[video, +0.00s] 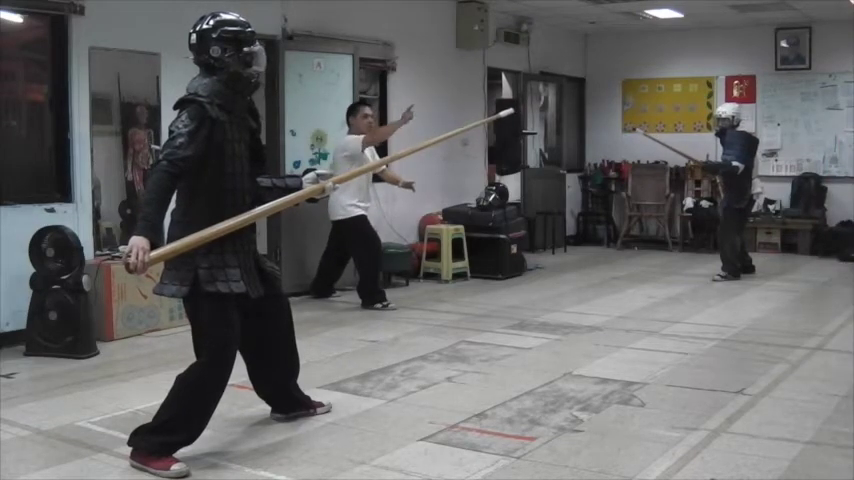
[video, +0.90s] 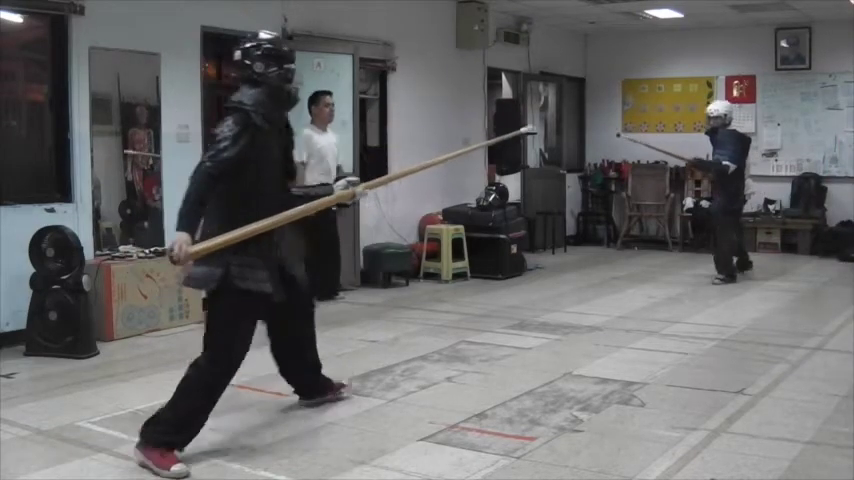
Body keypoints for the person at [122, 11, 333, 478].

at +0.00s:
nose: (253, 55)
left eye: (253, 47)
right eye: (241, 47)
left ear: (246, 53)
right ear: (214, 53)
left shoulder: (239, 108)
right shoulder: (201, 107)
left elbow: (246, 184)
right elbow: (166, 170)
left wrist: (301, 184)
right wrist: (144, 233)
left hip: (237, 245)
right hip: (204, 249)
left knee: (271, 316)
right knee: (217, 356)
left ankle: (285, 398)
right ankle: (152, 446)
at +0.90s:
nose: (291, 75)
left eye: (290, 67)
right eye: (281, 67)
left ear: (273, 72)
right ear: (258, 71)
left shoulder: (275, 119)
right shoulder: (244, 117)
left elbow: (274, 193)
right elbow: (209, 169)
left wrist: (327, 194)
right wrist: (184, 229)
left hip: (268, 245)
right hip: (235, 248)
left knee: (296, 307)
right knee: (223, 352)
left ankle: (311, 384)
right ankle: (158, 439)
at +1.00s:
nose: (311, 79)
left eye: (310, 71)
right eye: (303, 71)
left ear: (288, 75)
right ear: (282, 74)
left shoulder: (292, 120)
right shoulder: (263, 117)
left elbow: (293, 189)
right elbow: (229, 165)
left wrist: (345, 187)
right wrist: (208, 219)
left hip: (288, 241)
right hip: (259, 243)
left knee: (308, 307)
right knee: (251, 332)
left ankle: (311, 382)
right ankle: (187, 410)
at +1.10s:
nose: (326, 68)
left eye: (326, 60)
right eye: (318, 61)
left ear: (316, 64)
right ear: (296, 63)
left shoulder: (309, 109)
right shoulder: (283, 104)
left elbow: (310, 180)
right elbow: (246, 154)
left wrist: (361, 182)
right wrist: (227, 209)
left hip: (304, 226)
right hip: (272, 227)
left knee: (319, 300)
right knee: (283, 319)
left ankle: (313, 384)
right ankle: (230, 407)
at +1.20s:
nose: (339, 67)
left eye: (339, 59)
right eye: (331, 60)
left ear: (319, 64)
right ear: (310, 62)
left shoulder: (319, 109)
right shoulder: (294, 105)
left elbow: (320, 178)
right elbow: (258, 151)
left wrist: (372, 177)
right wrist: (240, 203)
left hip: (300, 226)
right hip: (275, 227)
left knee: (326, 297)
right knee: (302, 306)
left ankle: (315, 383)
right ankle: (280, 400)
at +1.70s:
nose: (387, 76)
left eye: (386, 69)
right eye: (379, 69)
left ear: (362, 73)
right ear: (360, 72)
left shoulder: (369, 113)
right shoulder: (345, 111)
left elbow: (367, 186)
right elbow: (308, 162)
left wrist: (410, 184)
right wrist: (299, 212)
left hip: (348, 228)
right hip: (328, 230)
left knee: (381, 281)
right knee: (362, 314)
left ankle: (376, 355)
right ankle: (332, 392)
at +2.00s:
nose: (431, 101)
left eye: (430, 94)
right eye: (425, 95)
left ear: (403, 97)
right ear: (409, 97)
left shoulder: (412, 137)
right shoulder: (389, 136)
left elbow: (429, 188)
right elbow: (356, 171)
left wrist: (469, 189)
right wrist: (364, 224)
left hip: (387, 238)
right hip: (365, 240)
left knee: (414, 286)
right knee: (376, 314)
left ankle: (423, 353)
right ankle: (335, 389)